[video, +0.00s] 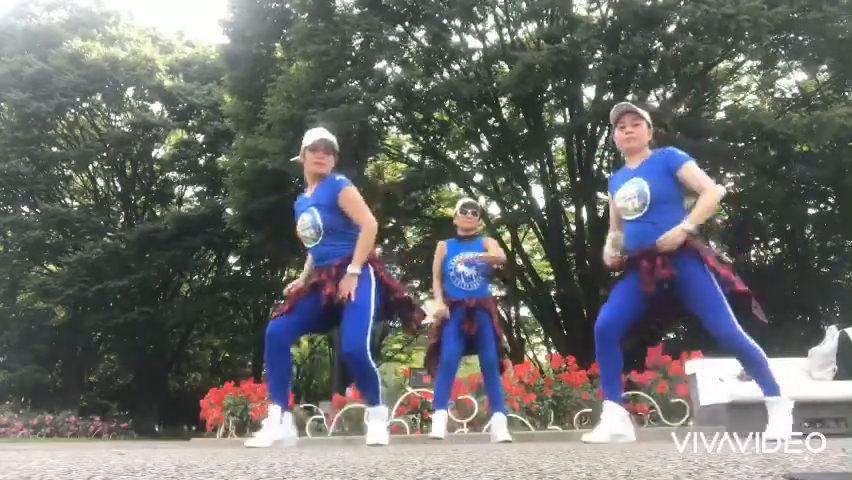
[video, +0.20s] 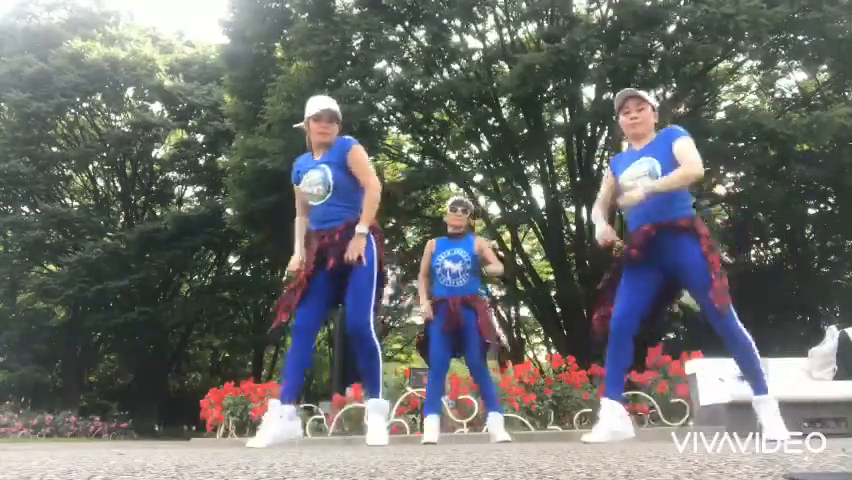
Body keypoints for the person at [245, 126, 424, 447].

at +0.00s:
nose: (321, 156)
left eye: (328, 152)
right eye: (315, 150)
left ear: (334, 159)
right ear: (302, 156)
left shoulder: (337, 186)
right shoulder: (302, 201)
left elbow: (369, 224)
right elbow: (315, 249)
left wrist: (354, 271)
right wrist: (303, 280)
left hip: (357, 276)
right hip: (323, 283)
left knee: (354, 348)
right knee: (277, 332)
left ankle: (377, 414)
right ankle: (280, 418)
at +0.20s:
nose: (325, 126)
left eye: (331, 120)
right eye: (318, 120)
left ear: (339, 124)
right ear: (306, 125)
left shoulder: (348, 148)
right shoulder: (300, 166)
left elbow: (373, 186)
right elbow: (302, 212)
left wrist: (360, 232)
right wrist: (298, 249)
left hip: (357, 242)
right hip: (320, 247)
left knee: (358, 324)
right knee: (303, 325)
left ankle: (375, 410)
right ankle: (285, 414)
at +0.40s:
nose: (324, 140)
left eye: (330, 135)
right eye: (317, 134)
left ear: (337, 140)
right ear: (305, 139)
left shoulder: (345, 165)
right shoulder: (303, 188)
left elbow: (377, 197)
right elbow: (309, 235)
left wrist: (366, 244)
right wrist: (320, 262)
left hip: (366, 253)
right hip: (333, 262)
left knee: (371, 330)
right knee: (333, 331)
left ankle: (385, 412)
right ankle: (351, 415)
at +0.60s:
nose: (310, 153)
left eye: (317, 148)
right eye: (304, 147)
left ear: (324, 154)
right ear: (292, 153)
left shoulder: (332, 179)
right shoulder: (293, 197)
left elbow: (378, 198)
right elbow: (309, 243)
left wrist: (364, 229)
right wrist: (289, 257)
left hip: (355, 266)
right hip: (321, 274)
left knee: (355, 345)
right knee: (288, 329)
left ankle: (387, 417)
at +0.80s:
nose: (316, 125)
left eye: (322, 121)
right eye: (310, 118)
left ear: (328, 127)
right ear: (296, 121)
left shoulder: (336, 159)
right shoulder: (274, 157)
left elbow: (359, 201)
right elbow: (259, 201)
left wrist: (339, 197)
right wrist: (251, 205)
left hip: (322, 244)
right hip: (282, 245)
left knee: (332, 327)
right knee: (266, 327)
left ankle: (354, 403)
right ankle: (259, 415)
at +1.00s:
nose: (320, 133)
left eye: (325, 128)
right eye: (314, 126)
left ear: (329, 134)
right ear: (298, 127)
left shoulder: (329, 165)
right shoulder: (279, 151)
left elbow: (348, 185)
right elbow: (299, 172)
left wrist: (363, 197)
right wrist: (335, 190)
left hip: (304, 250)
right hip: (268, 242)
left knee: (291, 332)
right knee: (255, 326)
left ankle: (265, 414)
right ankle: (237, 414)